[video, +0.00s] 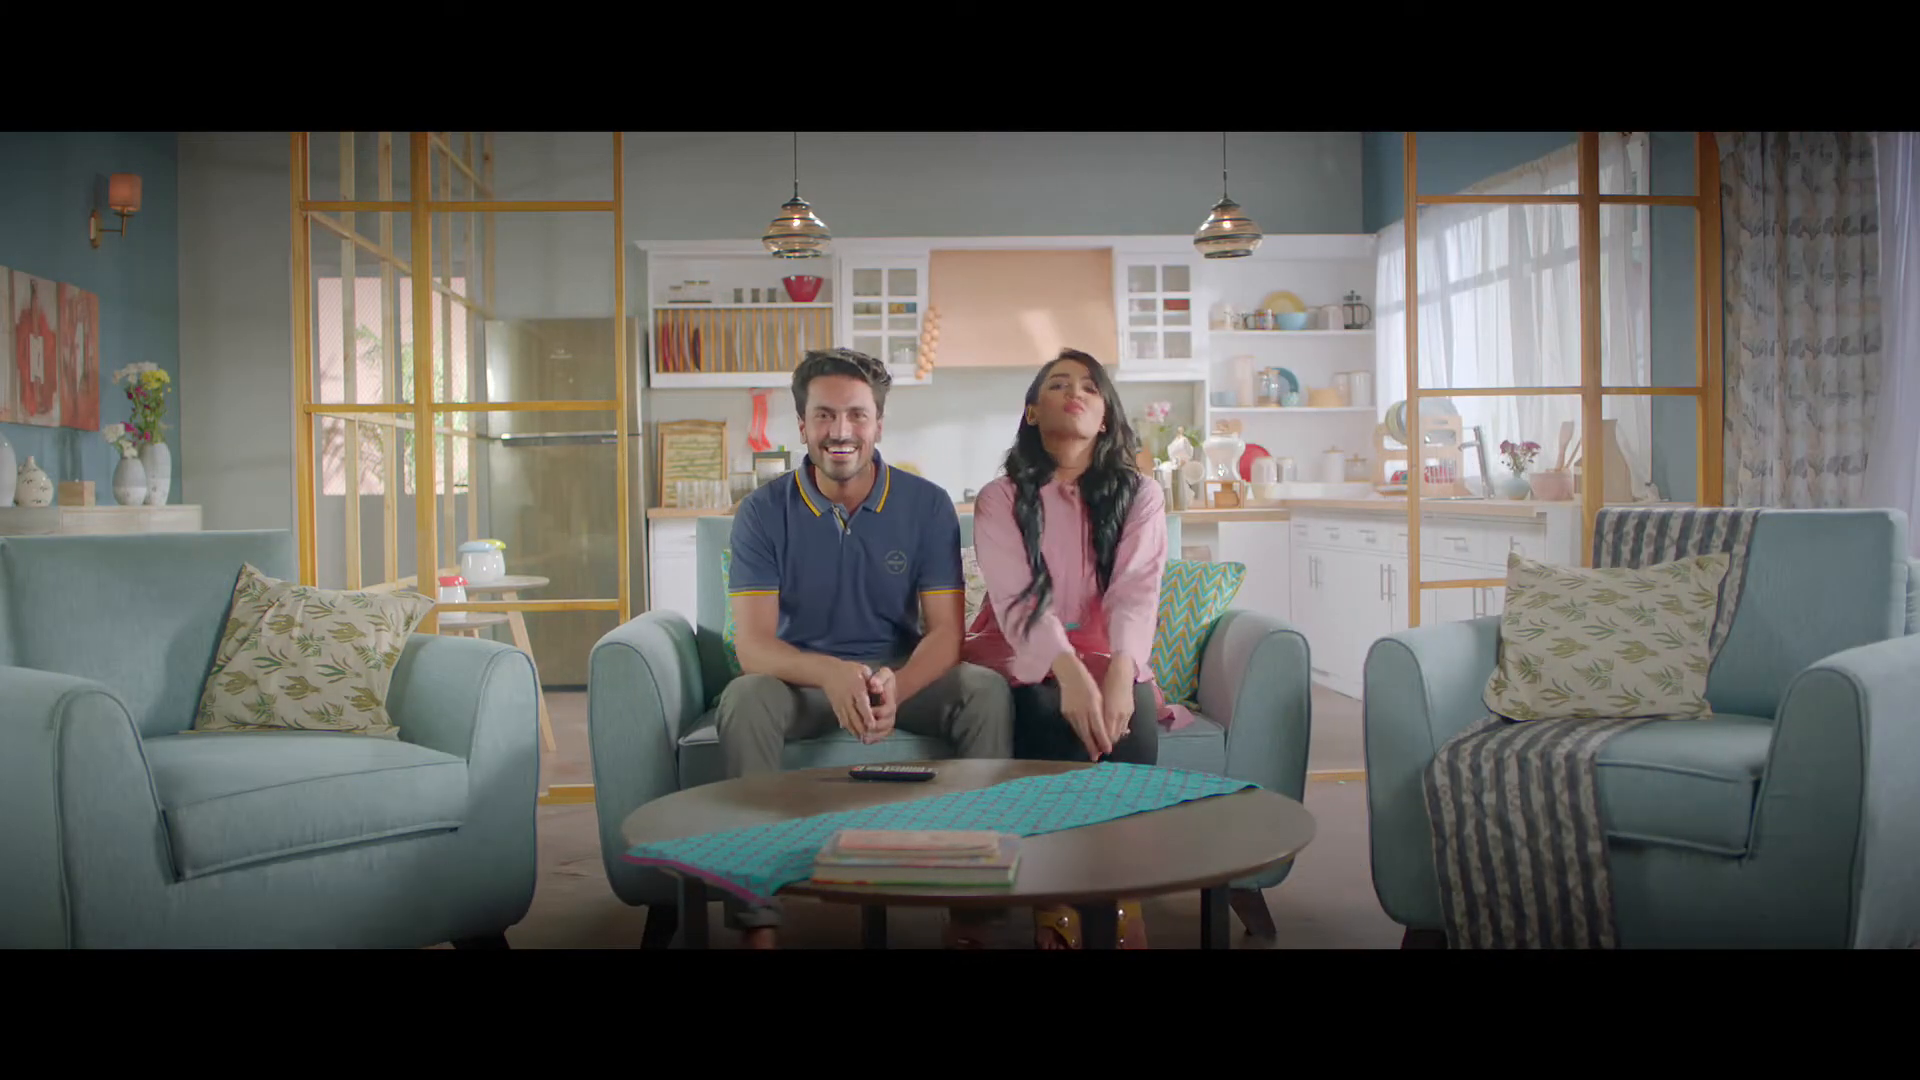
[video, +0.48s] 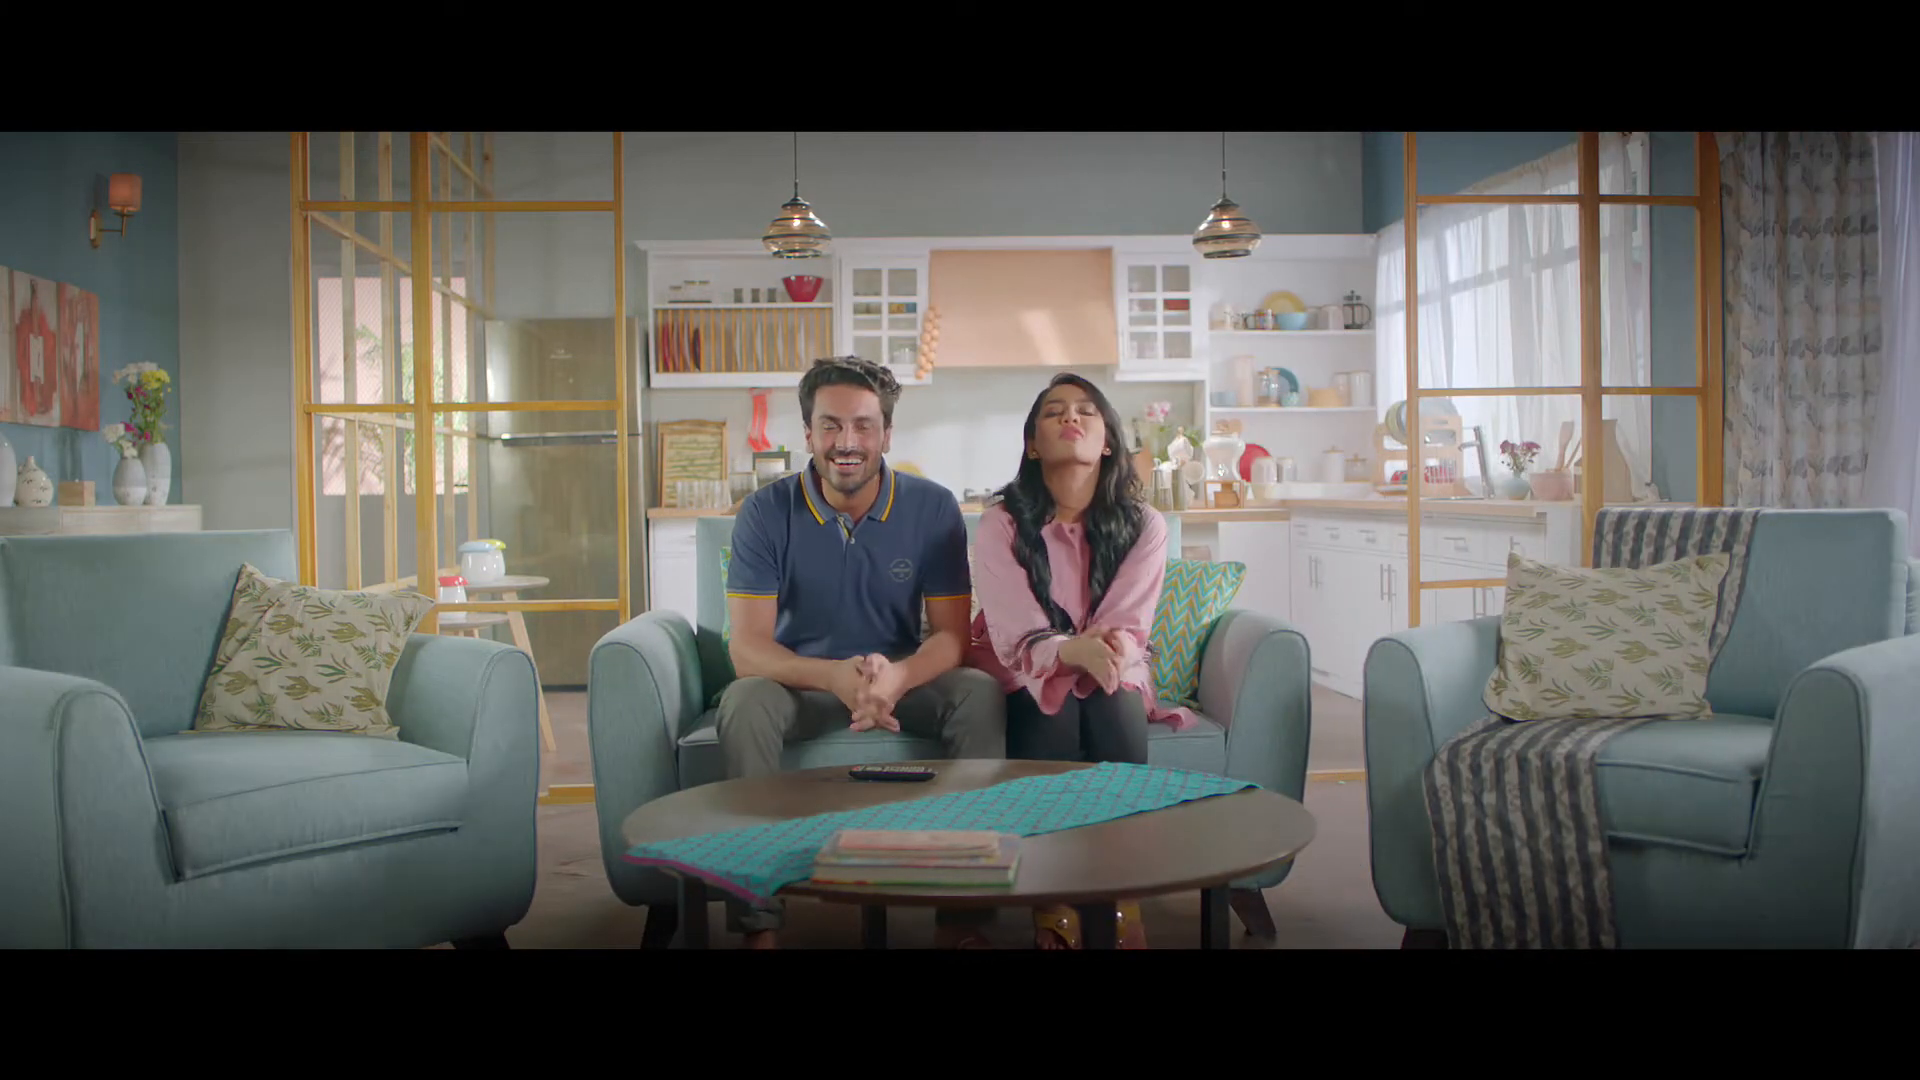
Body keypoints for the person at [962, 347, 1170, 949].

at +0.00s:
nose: (1075, 393)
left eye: (1090, 388)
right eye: (1058, 385)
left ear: (1106, 416)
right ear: (1033, 412)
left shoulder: (1139, 492)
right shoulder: (1002, 497)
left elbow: (1138, 592)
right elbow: (1016, 597)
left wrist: (1119, 676)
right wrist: (1067, 669)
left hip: (1111, 660)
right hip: (1026, 661)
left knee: (1135, 726)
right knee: (1058, 721)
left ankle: (1120, 898)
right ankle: (1053, 898)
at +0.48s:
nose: (1070, 418)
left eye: (1085, 412)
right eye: (1055, 413)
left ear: (1107, 443)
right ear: (1032, 444)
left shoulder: (1145, 526)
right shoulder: (999, 525)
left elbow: (1125, 631)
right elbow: (1021, 644)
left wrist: (1104, 653)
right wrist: (1073, 647)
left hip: (1111, 683)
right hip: (1032, 685)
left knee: (1112, 699)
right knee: (1052, 706)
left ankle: (1123, 896)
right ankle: (1055, 899)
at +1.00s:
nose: (1062, 424)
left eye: (1077, 417)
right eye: (1046, 418)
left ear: (1100, 447)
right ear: (1025, 447)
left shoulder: (1139, 527)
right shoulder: (990, 531)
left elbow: (1114, 657)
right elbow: (1018, 661)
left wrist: (1106, 577)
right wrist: (1045, 580)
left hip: (1105, 680)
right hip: (1031, 682)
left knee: (1113, 697)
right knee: (1047, 700)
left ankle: (1122, 889)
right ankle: (1052, 893)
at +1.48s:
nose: (1039, 434)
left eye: (1059, 424)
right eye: (1028, 422)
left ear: (1087, 447)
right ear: (1014, 438)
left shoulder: (1119, 524)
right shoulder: (981, 533)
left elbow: (1105, 652)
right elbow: (1017, 650)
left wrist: (1153, 564)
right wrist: (1067, 555)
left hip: (1104, 672)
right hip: (1029, 675)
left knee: (1115, 700)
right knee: (1047, 702)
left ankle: (1120, 893)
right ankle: (1054, 893)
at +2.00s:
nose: (1038, 443)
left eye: (1057, 429)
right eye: (1024, 428)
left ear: (1086, 446)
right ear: (1010, 443)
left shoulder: (1119, 521)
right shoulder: (977, 536)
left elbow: (1103, 651)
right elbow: (1025, 650)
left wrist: (1152, 559)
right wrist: (1085, 559)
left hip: (1103, 677)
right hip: (1030, 680)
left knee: (1114, 696)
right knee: (1048, 700)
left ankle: (1123, 892)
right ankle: (1053, 893)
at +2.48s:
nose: (1055, 458)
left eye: (1070, 443)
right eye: (1038, 441)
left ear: (1091, 455)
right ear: (1014, 452)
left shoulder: (1122, 525)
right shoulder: (977, 537)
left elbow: (1101, 652)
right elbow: (1023, 658)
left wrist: (1089, 551)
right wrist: (1029, 545)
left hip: (1105, 678)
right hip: (1029, 683)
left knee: (1109, 695)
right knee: (1044, 699)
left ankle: (1122, 892)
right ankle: (1053, 895)